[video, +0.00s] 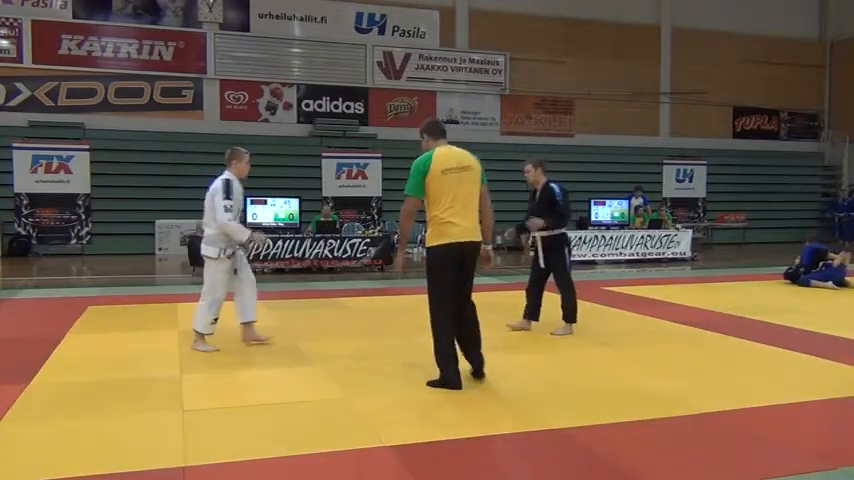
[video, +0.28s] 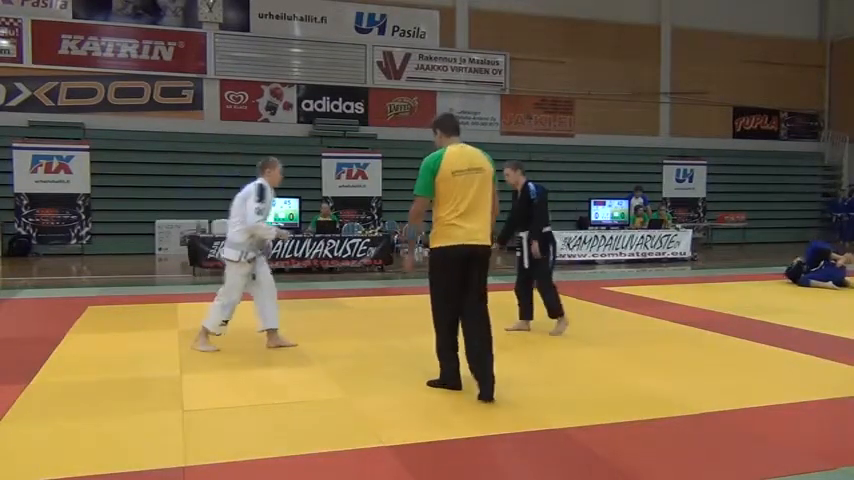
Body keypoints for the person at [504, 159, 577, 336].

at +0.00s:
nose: (526, 176)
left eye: (528, 172)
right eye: (525, 173)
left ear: (539, 171)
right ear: (530, 174)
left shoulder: (554, 189)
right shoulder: (534, 193)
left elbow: (563, 218)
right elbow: (532, 220)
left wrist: (544, 222)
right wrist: (517, 230)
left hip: (557, 243)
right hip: (541, 243)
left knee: (564, 282)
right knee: (535, 282)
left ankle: (569, 323)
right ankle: (527, 319)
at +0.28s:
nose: (506, 179)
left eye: (508, 175)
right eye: (505, 176)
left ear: (518, 173)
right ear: (515, 175)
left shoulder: (534, 190)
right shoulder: (517, 193)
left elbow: (538, 216)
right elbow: (513, 219)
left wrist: (535, 238)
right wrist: (500, 241)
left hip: (541, 238)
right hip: (525, 239)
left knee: (543, 281)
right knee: (523, 282)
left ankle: (560, 317)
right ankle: (524, 320)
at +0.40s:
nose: (502, 178)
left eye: (503, 174)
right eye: (501, 174)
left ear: (511, 172)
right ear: (508, 173)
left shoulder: (529, 189)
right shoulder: (510, 195)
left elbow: (536, 216)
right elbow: (510, 221)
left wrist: (533, 239)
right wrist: (503, 240)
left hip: (533, 237)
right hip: (518, 239)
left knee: (535, 280)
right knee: (520, 282)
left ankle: (552, 317)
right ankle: (524, 319)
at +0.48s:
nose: (502, 180)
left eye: (503, 176)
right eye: (501, 177)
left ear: (510, 173)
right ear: (507, 174)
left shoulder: (526, 189)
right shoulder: (509, 194)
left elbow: (534, 215)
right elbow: (510, 219)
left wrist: (530, 239)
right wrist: (504, 240)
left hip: (530, 237)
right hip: (516, 238)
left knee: (531, 280)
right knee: (518, 280)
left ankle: (542, 321)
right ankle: (523, 319)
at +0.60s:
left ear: (508, 176)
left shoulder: (523, 191)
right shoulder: (502, 194)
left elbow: (530, 219)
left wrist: (523, 242)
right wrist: (505, 242)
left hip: (528, 240)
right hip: (513, 240)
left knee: (526, 281)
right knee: (514, 282)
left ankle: (523, 322)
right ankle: (521, 318)